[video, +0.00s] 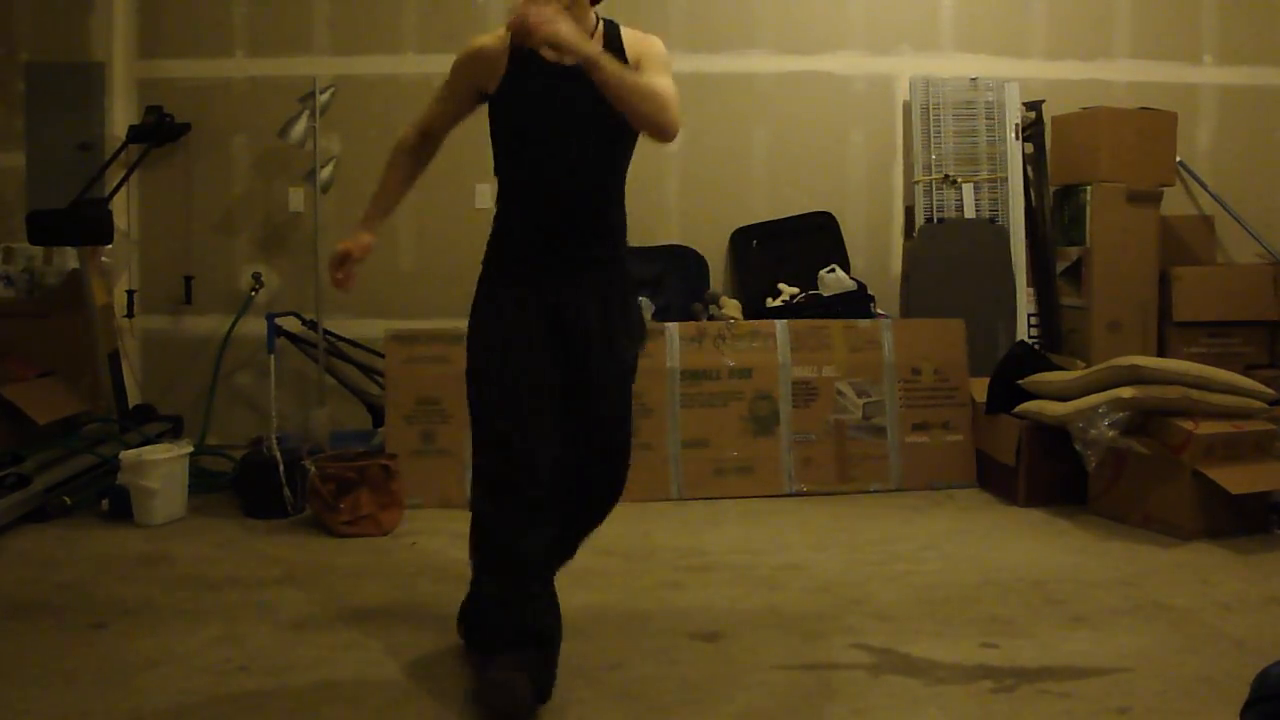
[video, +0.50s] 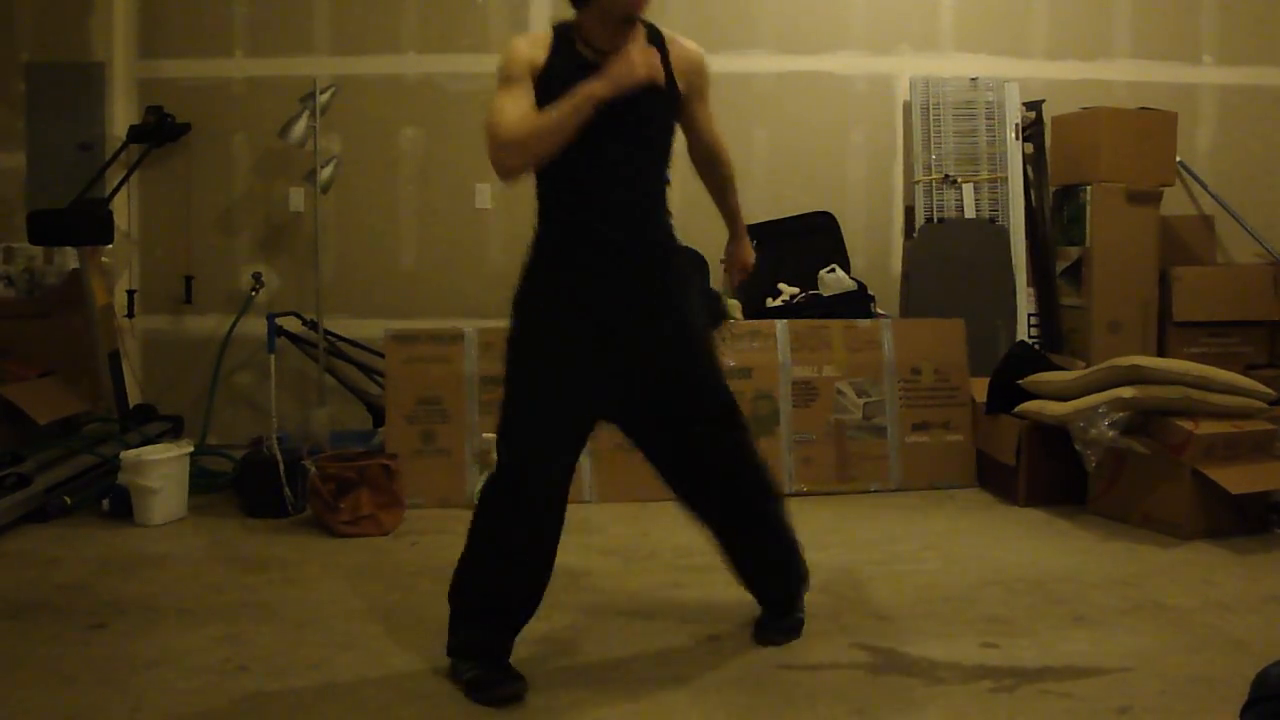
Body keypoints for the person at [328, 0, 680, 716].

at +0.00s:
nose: (533, 16)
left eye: (547, 8)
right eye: (527, 8)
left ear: (585, 5)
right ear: (519, 8)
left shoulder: (638, 50)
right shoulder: (492, 59)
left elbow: (665, 119)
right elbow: (420, 141)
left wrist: (583, 48)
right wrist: (368, 227)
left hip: (600, 291)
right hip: (513, 292)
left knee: (597, 474)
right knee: (514, 472)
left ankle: (495, 604)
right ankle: (514, 662)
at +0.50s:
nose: (632, 11)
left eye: (638, 4)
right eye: (618, 5)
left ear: (645, 2)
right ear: (584, 0)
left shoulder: (679, 61)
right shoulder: (532, 56)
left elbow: (709, 152)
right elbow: (507, 154)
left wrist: (737, 231)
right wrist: (602, 84)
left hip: (653, 297)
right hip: (560, 301)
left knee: (714, 453)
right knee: (529, 478)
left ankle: (782, 589)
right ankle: (477, 647)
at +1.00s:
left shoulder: (639, 26)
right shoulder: (496, 25)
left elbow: (675, 137)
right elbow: (445, 122)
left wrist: (625, 104)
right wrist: (518, 153)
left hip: (609, 248)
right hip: (521, 249)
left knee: (623, 408)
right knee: (530, 423)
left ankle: (617, 574)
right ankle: (538, 592)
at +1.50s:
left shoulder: (639, 40)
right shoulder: (507, 28)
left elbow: (640, 164)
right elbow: (416, 129)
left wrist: (659, 266)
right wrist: (336, 223)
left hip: (589, 272)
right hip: (516, 269)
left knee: (606, 457)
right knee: (543, 448)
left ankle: (486, 609)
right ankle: (466, 605)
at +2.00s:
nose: (506, 5)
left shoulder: (567, 62)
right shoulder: (419, 53)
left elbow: (584, 190)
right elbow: (377, 168)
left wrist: (544, 141)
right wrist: (477, 148)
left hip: (509, 282)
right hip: (424, 283)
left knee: (526, 471)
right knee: (447, 467)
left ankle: (490, 596)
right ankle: (413, 644)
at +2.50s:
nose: (216, 22)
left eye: (227, 7)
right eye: (209, 11)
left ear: (269, 8)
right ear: (213, 20)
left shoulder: (324, 75)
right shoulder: (255, 89)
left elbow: (404, 205)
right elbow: (291, 194)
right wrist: (286, 287)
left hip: (379, 291)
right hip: (323, 296)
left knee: (363, 474)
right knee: (293, 460)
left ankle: (522, 509)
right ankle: (342, 600)